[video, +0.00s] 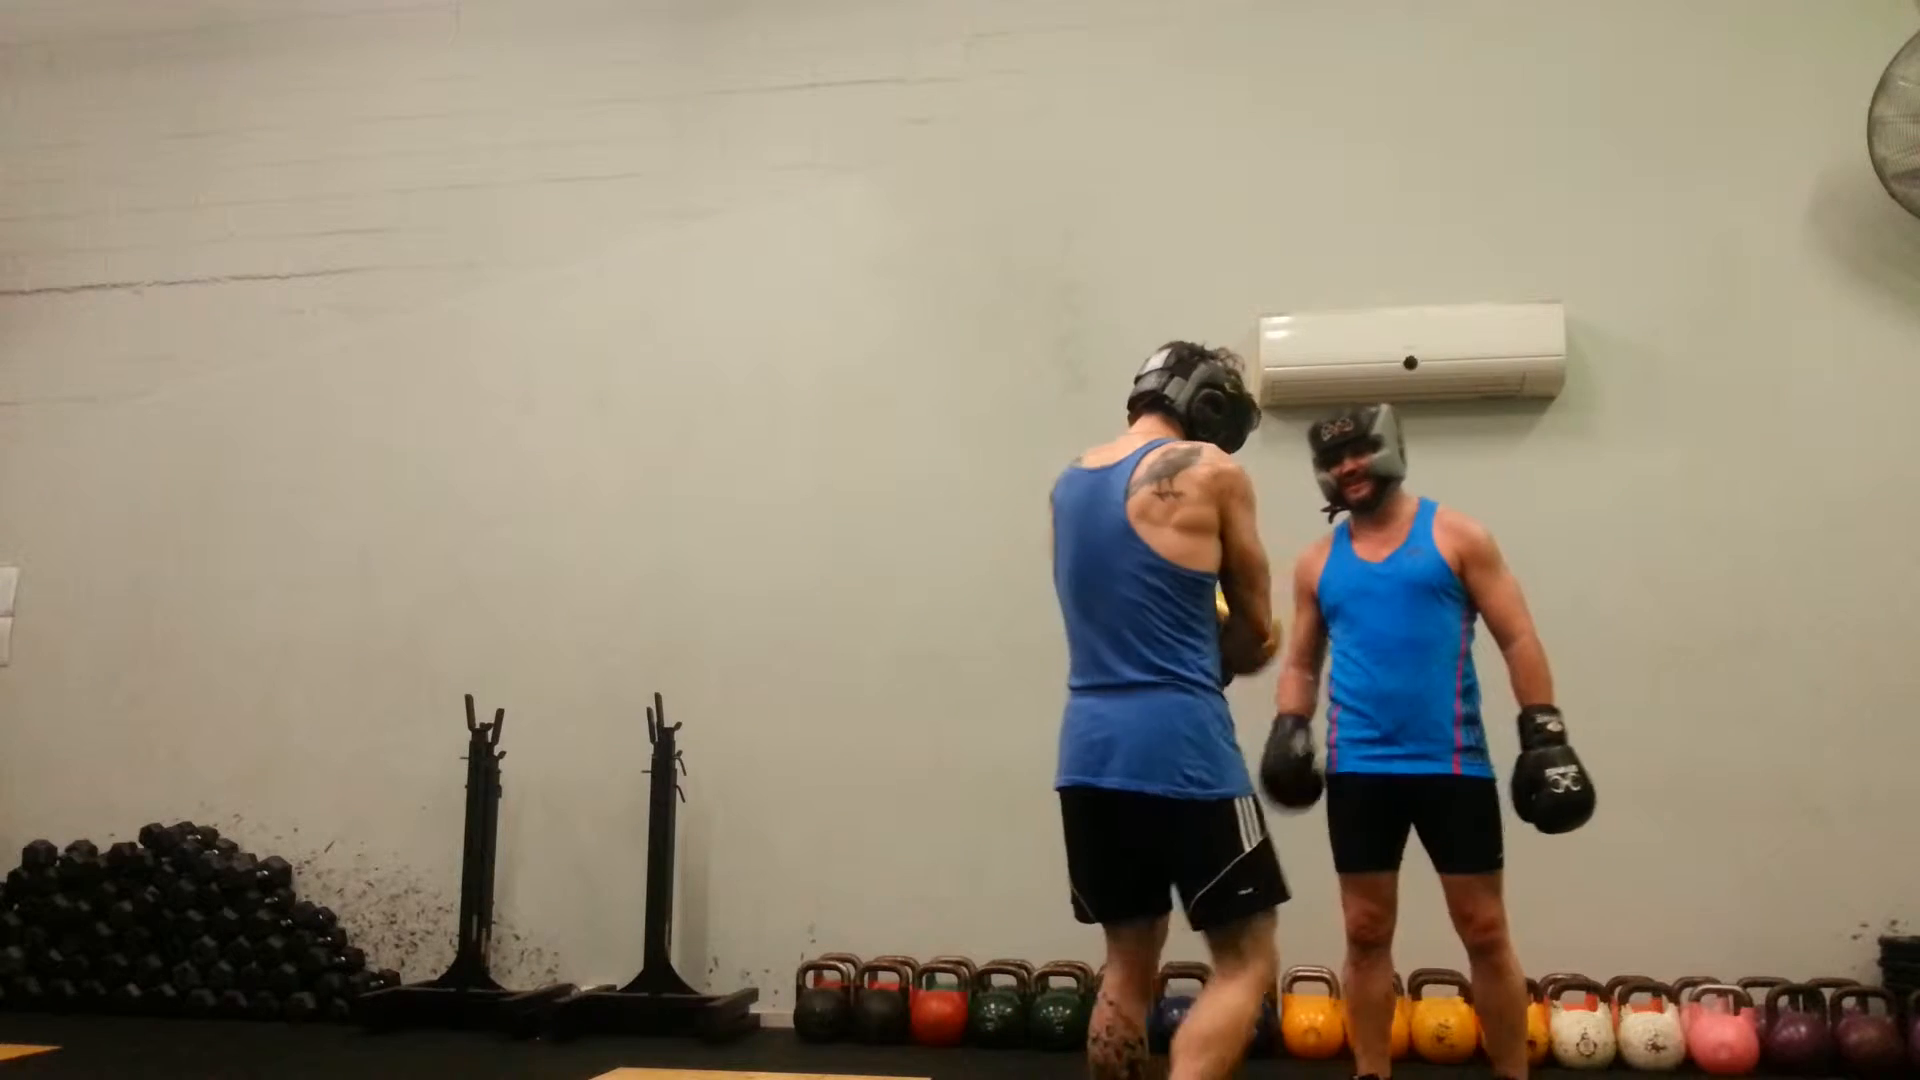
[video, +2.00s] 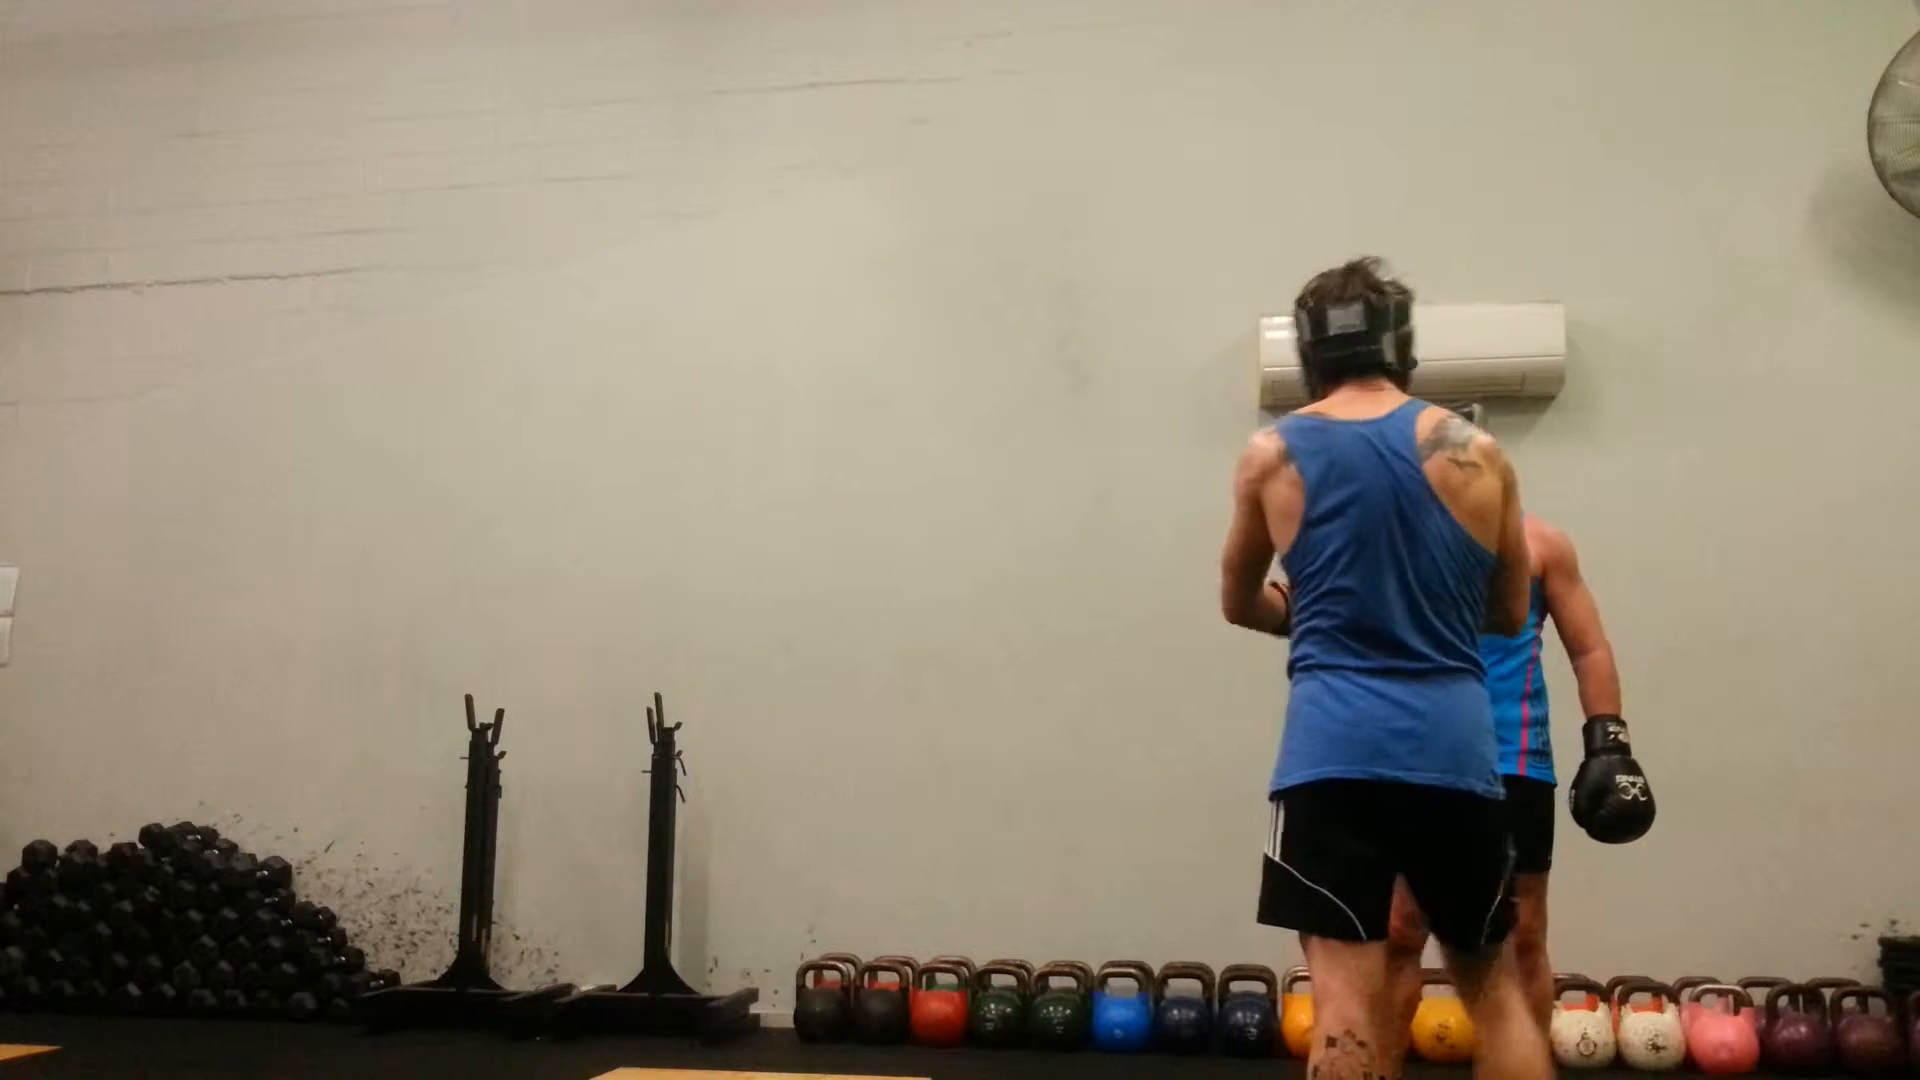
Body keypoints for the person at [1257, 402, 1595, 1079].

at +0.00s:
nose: (1352, 468)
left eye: (1364, 452)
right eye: (1336, 460)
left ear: (1394, 453)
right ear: (1323, 474)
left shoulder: (1458, 537)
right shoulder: (1317, 563)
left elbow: (1516, 636)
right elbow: (1300, 663)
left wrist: (1545, 735)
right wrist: (1290, 729)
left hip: (1452, 767)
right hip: (1358, 772)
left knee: (1485, 932)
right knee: (1365, 934)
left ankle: (1512, 1073)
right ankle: (1371, 1073)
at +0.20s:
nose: (1380, 466)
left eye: (1393, 449)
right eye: (1364, 457)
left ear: (1424, 452)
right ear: (1351, 472)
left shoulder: (1487, 537)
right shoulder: (1345, 559)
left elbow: (1543, 639)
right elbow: (1323, 671)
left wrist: (1564, 737)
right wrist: (1326, 651)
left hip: (1475, 765)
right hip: (1382, 769)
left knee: (1500, 932)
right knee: (1377, 931)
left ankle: (1519, 1074)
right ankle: (1375, 1075)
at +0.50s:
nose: (1418, 464)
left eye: (1432, 449)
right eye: (1403, 453)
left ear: (1463, 453)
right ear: (1389, 467)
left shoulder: (1519, 540)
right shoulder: (1386, 547)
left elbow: (1572, 645)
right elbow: (1339, 646)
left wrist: (1584, 742)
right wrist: (1366, 562)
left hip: (1503, 765)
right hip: (1411, 767)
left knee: (1517, 932)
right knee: (1394, 932)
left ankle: (1525, 1074)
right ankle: (1380, 1073)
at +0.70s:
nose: (1434, 474)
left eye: (1447, 460)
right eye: (1421, 462)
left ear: (1478, 463)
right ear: (1404, 469)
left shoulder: (1533, 545)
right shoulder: (1399, 548)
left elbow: (1583, 652)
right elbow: (1351, 624)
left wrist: (1600, 749)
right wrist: (1396, 510)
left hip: (1515, 766)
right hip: (1420, 767)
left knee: (1523, 934)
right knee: (1398, 940)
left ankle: (1527, 1073)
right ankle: (1382, 1075)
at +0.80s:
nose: (1441, 476)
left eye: (1452, 462)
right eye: (1429, 463)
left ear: (1479, 464)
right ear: (1412, 472)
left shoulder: (1539, 547)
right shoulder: (1404, 548)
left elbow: (1586, 655)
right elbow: (1359, 643)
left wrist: (1608, 754)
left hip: (1517, 768)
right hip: (1421, 767)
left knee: (1524, 933)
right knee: (1403, 935)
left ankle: (1526, 1073)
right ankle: (1382, 1070)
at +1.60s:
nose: (1443, 480)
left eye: (1454, 463)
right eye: (1430, 469)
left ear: (1478, 466)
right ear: (1414, 481)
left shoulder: (1538, 541)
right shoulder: (1397, 546)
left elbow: (1586, 646)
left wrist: (1601, 741)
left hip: (1508, 765)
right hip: (1413, 765)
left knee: (1519, 934)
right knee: (1391, 945)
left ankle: (1525, 1072)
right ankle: (1384, 1069)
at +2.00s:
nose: (1448, 470)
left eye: (1459, 450)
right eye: (1432, 450)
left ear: (1485, 465)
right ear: (1412, 472)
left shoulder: (1536, 542)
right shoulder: (1394, 550)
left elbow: (1588, 648)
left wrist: (1607, 743)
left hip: (1515, 766)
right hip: (1418, 765)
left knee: (1523, 937)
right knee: (1398, 934)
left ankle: (1531, 1066)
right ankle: (1380, 1068)